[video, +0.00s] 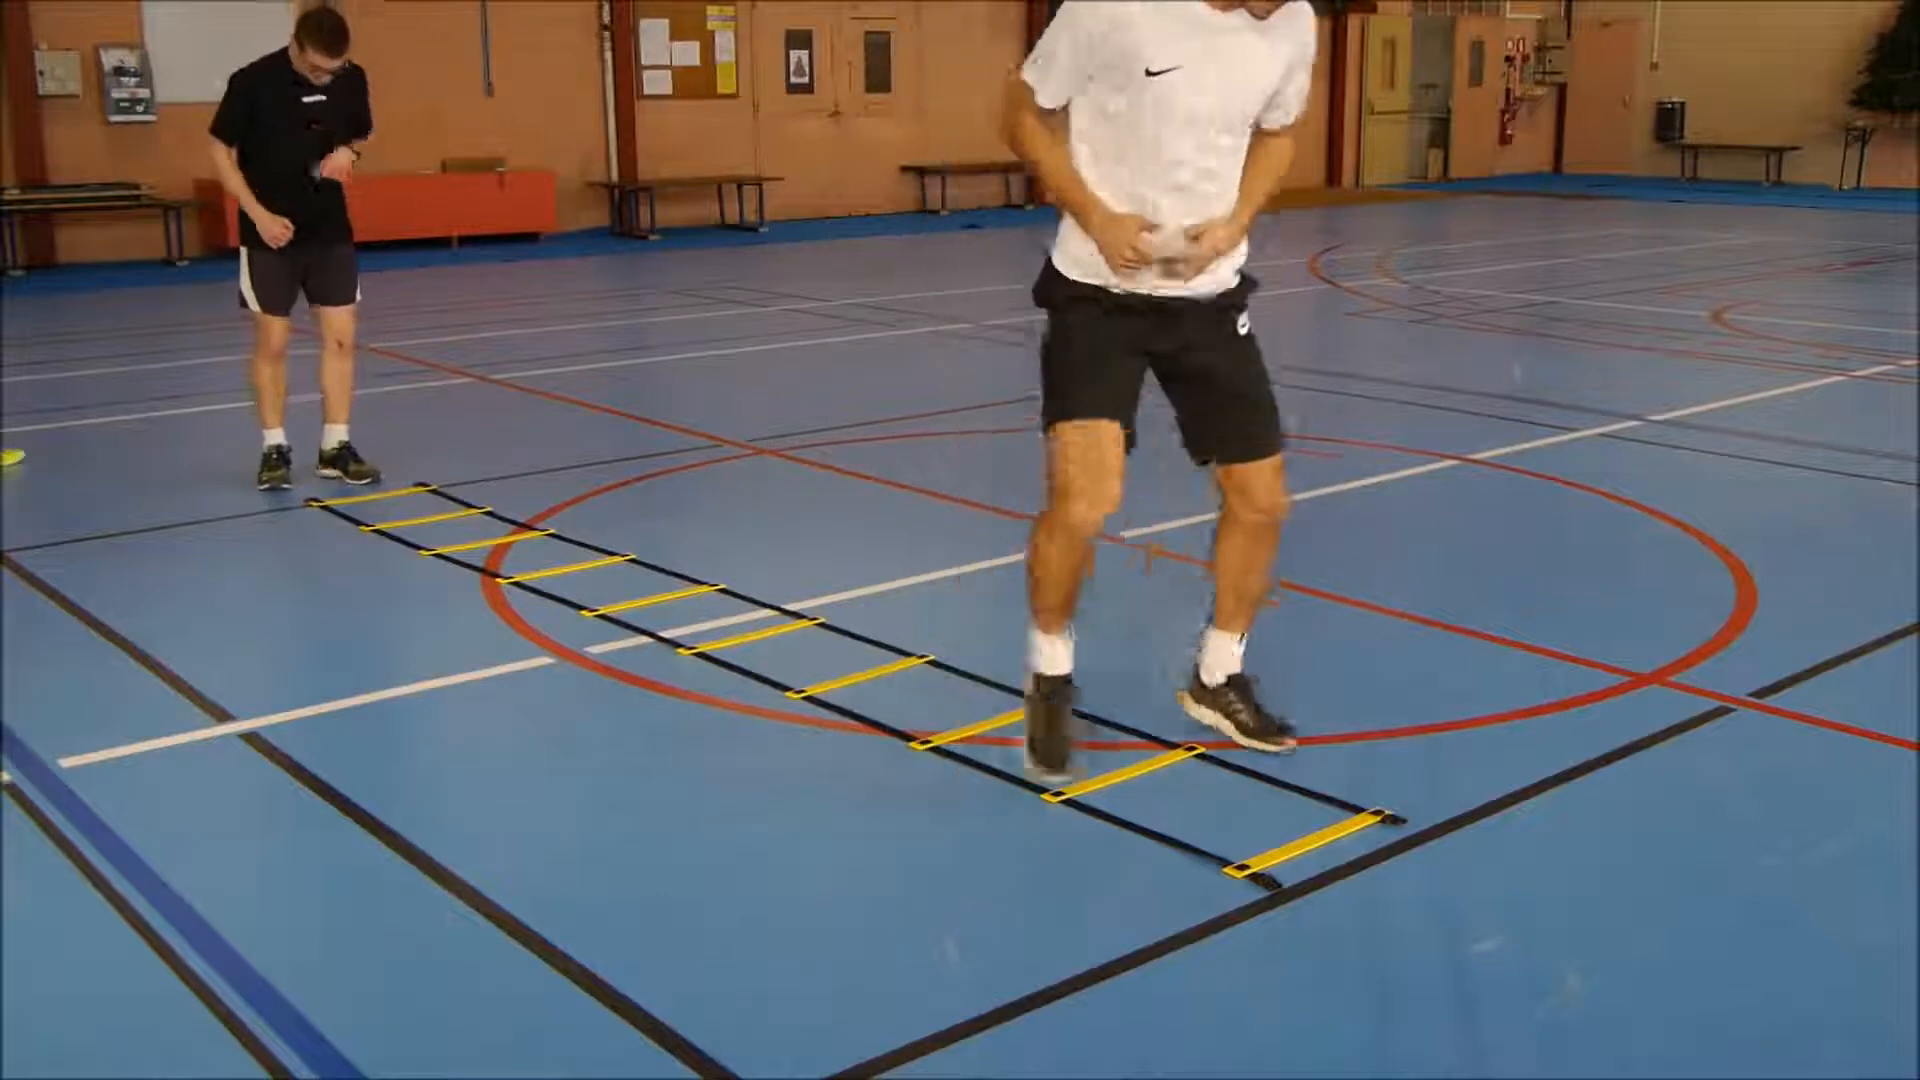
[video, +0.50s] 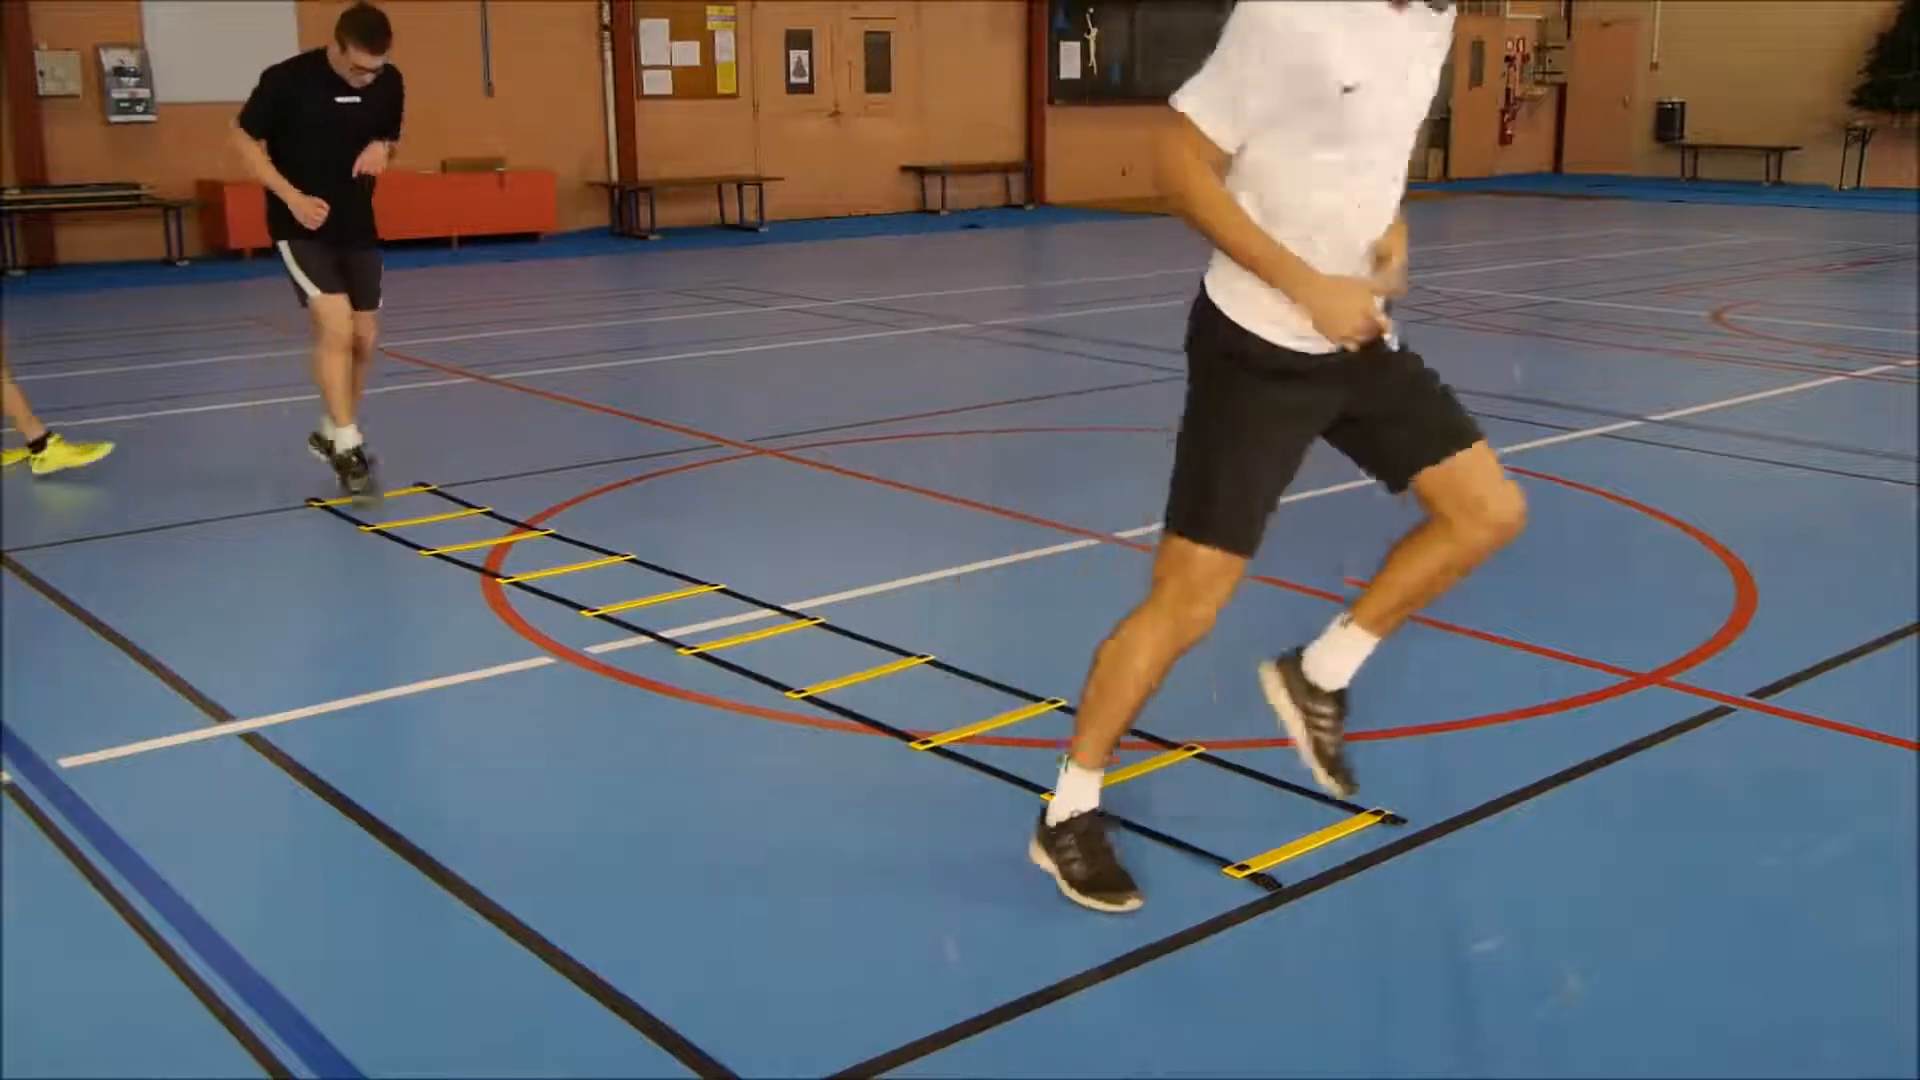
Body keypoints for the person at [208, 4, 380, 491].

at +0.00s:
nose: (325, 75)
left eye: (333, 67)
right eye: (317, 67)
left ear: (343, 53)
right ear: (295, 46)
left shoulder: (351, 80)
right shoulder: (251, 83)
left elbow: (360, 133)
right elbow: (220, 149)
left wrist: (346, 151)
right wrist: (258, 214)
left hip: (330, 228)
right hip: (270, 231)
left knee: (341, 338)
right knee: (274, 342)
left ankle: (336, 447)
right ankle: (274, 448)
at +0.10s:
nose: (332, 81)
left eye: (340, 73)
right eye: (324, 73)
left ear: (352, 59)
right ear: (302, 51)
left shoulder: (355, 86)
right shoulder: (257, 88)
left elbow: (359, 140)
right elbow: (224, 160)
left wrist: (352, 143)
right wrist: (269, 219)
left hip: (331, 229)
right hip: (269, 233)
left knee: (344, 337)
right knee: (272, 341)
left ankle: (337, 445)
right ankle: (270, 446)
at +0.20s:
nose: (336, 84)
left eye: (343, 77)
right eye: (327, 76)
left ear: (353, 63)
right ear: (304, 54)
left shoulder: (353, 87)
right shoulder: (264, 92)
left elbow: (352, 138)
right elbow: (231, 168)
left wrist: (353, 154)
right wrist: (292, 224)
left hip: (333, 228)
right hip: (271, 237)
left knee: (354, 335)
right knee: (270, 344)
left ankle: (337, 441)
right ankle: (270, 447)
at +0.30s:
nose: (344, 83)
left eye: (352, 75)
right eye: (336, 74)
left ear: (362, 60)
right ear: (313, 52)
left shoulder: (361, 87)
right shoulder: (272, 90)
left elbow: (360, 140)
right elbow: (239, 167)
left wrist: (362, 160)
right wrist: (307, 207)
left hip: (340, 232)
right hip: (280, 238)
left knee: (349, 345)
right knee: (285, 344)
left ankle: (327, 444)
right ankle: (272, 445)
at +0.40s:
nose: (351, 82)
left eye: (359, 74)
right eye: (343, 72)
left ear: (369, 59)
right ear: (321, 52)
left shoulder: (373, 89)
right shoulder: (277, 89)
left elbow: (379, 146)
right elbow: (235, 159)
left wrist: (372, 164)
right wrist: (298, 198)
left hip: (346, 234)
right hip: (288, 238)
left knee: (350, 344)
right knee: (317, 338)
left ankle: (325, 445)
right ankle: (285, 430)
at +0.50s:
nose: (368, 77)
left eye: (376, 68)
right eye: (360, 68)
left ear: (385, 55)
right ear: (336, 48)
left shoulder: (387, 83)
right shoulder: (286, 81)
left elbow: (390, 140)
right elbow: (242, 141)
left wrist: (381, 148)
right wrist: (292, 197)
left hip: (357, 222)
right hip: (301, 225)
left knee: (364, 340)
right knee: (337, 326)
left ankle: (335, 432)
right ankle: (346, 442)